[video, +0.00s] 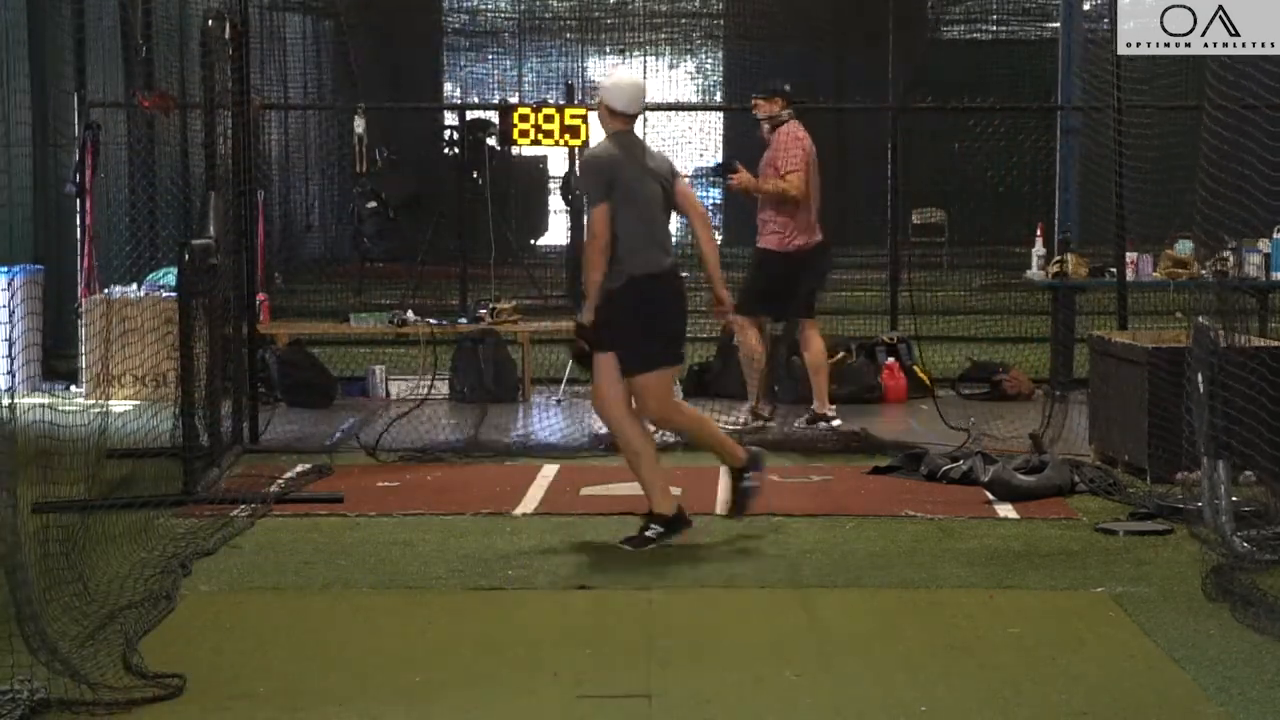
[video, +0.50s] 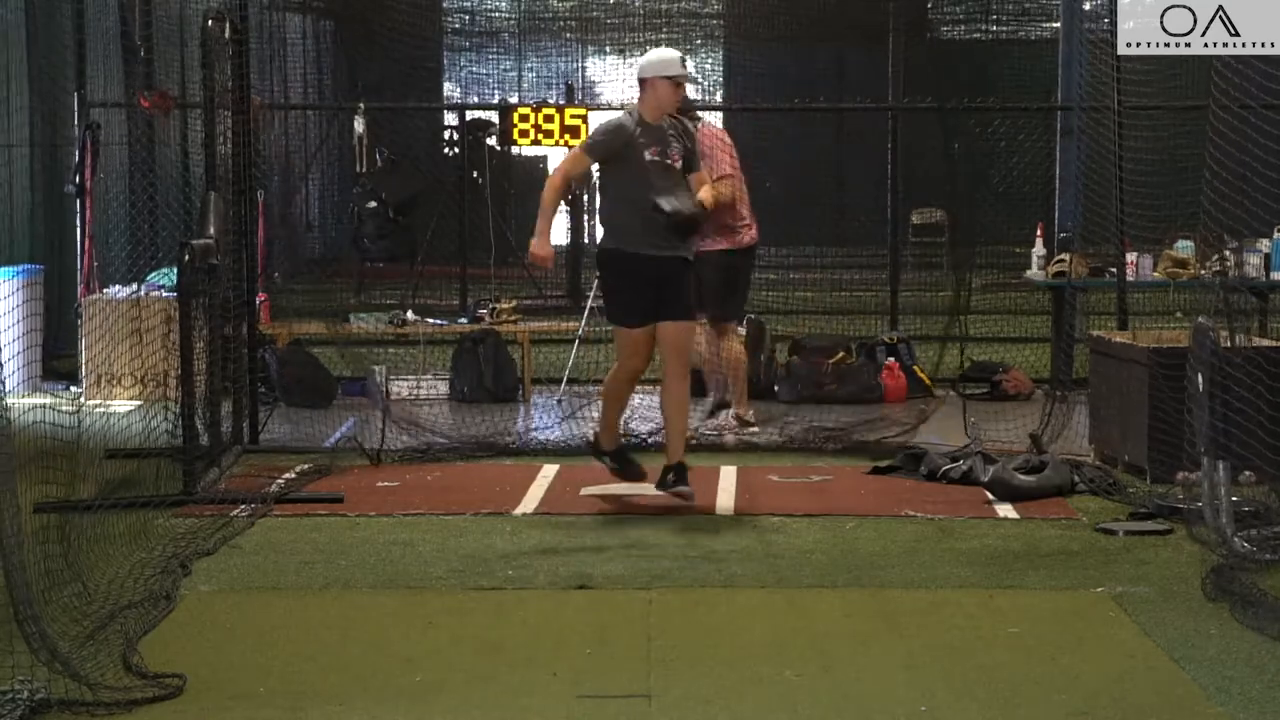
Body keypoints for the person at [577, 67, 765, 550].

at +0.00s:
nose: (594, 110)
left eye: (597, 105)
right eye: (600, 104)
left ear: (603, 110)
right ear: (637, 113)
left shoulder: (596, 159)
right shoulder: (657, 161)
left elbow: (599, 237)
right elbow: (699, 215)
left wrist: (589, 308)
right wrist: (718, 284)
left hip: (638, 292)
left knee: (656, 405)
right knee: (609, 400)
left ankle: (742, 460)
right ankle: (665, 510)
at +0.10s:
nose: (599, 95)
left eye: (605, 87)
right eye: (602, 88)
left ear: (621, 94)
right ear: (635, 97)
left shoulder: (634, 136)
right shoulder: (645, 142)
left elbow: (614, 206)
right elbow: (688, 203)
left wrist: (563, 256)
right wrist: (688, 257)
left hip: (659, 270)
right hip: (626, 273)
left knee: (658, 389)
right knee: (603, 387)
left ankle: (688, 456)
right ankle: (634, 491)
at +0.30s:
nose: (627, 112)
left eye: (636, 104)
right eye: (625, 106)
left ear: (660, 109)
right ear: (625, 112)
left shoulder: (691, 158)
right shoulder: (616, 160)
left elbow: (686, 212)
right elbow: (583, 214)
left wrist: (625, 184)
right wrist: (561, 267)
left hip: (676, 295)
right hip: (623, 288)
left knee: (662, 399)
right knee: (610, 387)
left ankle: (658, 487)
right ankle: (573, 447)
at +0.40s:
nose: (662, 95)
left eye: (667, 87)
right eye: (653, 88)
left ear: (673, 90)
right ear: (633, 92)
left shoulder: (692, 143)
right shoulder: (606, 145)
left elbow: (714, 202)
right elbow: (556, 192)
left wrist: (679, 183)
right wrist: (528, 245)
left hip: (676, 279)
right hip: (622, 274)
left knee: (668, 383)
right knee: (627, 374)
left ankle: (662, 483)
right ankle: (584, 428)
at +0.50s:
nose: (683, 91)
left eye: (683, 84)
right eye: (675, 83)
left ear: (668, 89)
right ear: (649, 85)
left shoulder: (683, 135)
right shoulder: (618, 131)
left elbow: (702, 189)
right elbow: (560, 174)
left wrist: (706, 195)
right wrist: (541, 235)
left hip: (674, 260)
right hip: (625, 259)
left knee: (678, 362)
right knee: (634, 360)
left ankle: (674, 466)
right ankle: (606, 442)